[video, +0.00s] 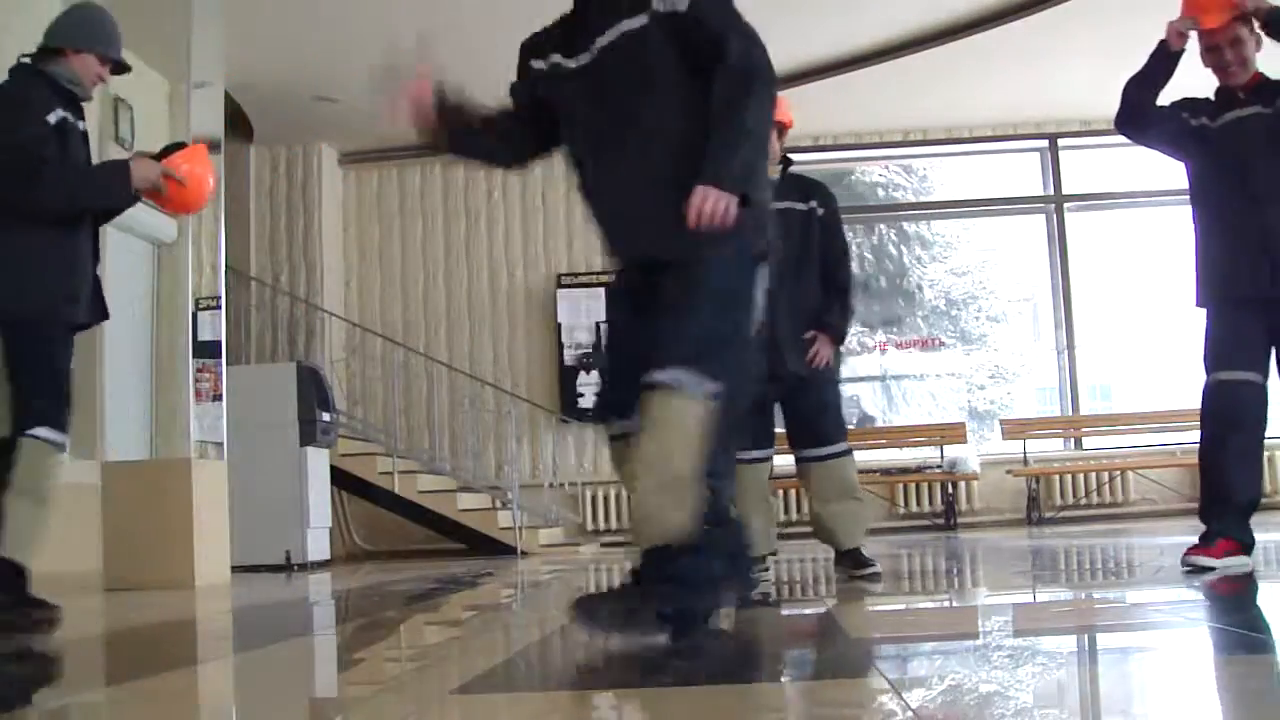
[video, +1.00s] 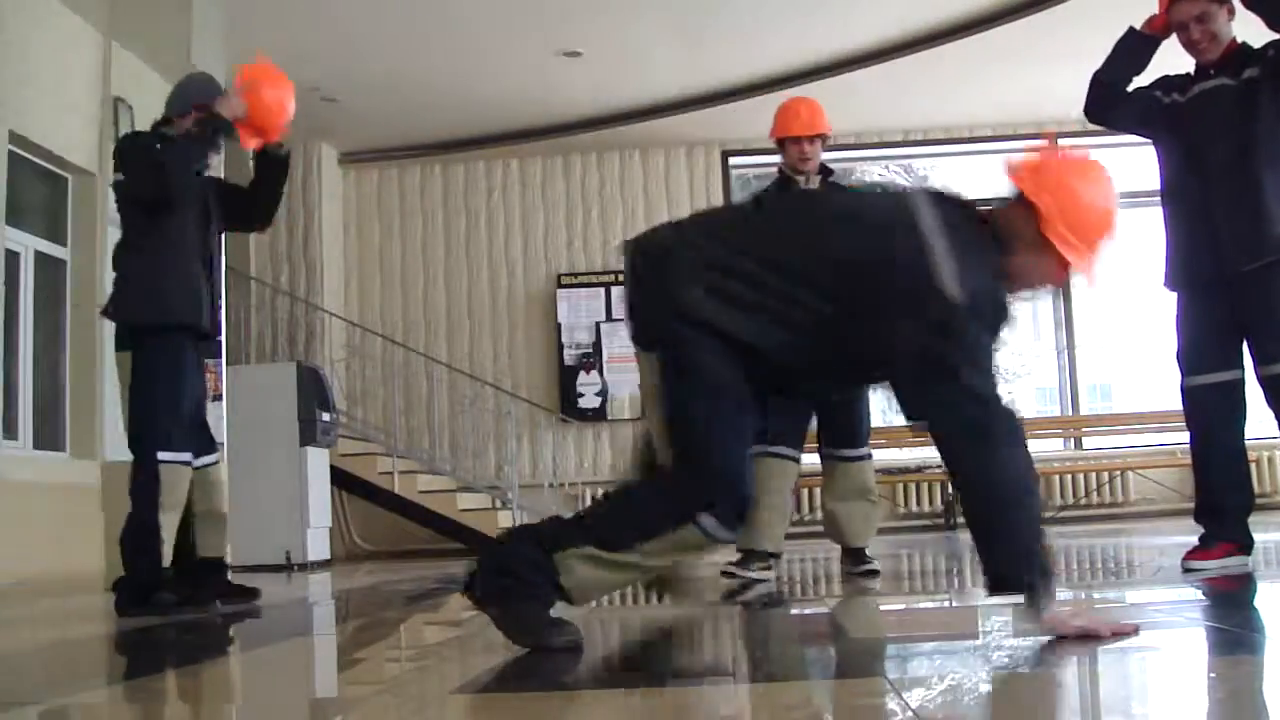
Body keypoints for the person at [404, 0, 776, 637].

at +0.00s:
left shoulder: (672, 4)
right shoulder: (548, 53)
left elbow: (747, 69)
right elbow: (525, 137)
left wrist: (724, 174)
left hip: (718, 236)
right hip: (645, 253)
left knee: (681, 402)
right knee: (631, 423)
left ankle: (673, 582)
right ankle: (713, 563)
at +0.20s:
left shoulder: (701, 16)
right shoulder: (578, 87)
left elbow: (762, 131)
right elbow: (584, 200)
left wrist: (710, 224)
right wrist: (540, 294)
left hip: (764, 246)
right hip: (673, 268)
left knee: (825, 396)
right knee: (655, 427)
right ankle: (702, 577)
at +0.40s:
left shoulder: (785, 4)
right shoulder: (618, 18)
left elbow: (853, 62)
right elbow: (579, 95)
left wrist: (802, 134)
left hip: (807, 238)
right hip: (697, 254)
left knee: (894, 360)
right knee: (685, 415)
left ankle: (944, 497)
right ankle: (683, 578)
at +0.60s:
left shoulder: (864, 38)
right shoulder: (686, 30)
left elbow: (926, 115)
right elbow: (598, 48)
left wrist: (948, 200)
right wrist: (520, 36)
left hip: (841, 292)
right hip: (726, 294)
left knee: (924, 423)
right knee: (653, 422)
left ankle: (987, 559)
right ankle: (570, 565)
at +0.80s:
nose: (917, 129)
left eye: (927, 117)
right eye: (907, 111)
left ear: (933, 104)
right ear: (867, 82)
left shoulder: (897, 166)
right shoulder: (798, 143)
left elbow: (906, 268)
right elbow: (846, 261)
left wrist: (947, 341)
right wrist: (946, 344)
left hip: (804, 328)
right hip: (710, 321)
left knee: (889, 440)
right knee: (668, 453)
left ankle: (970, 557)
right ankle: (539, 600)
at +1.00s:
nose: (1061, 284)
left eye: (1070, 271)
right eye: (1064, 265)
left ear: (1027, 219)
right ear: (1032, 234)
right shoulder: (943, 284)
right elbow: (982, 438)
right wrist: (1038, 597)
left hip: (737, 290)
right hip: (688, 293)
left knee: (724, 471)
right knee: (712, 484)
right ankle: (522, 566)